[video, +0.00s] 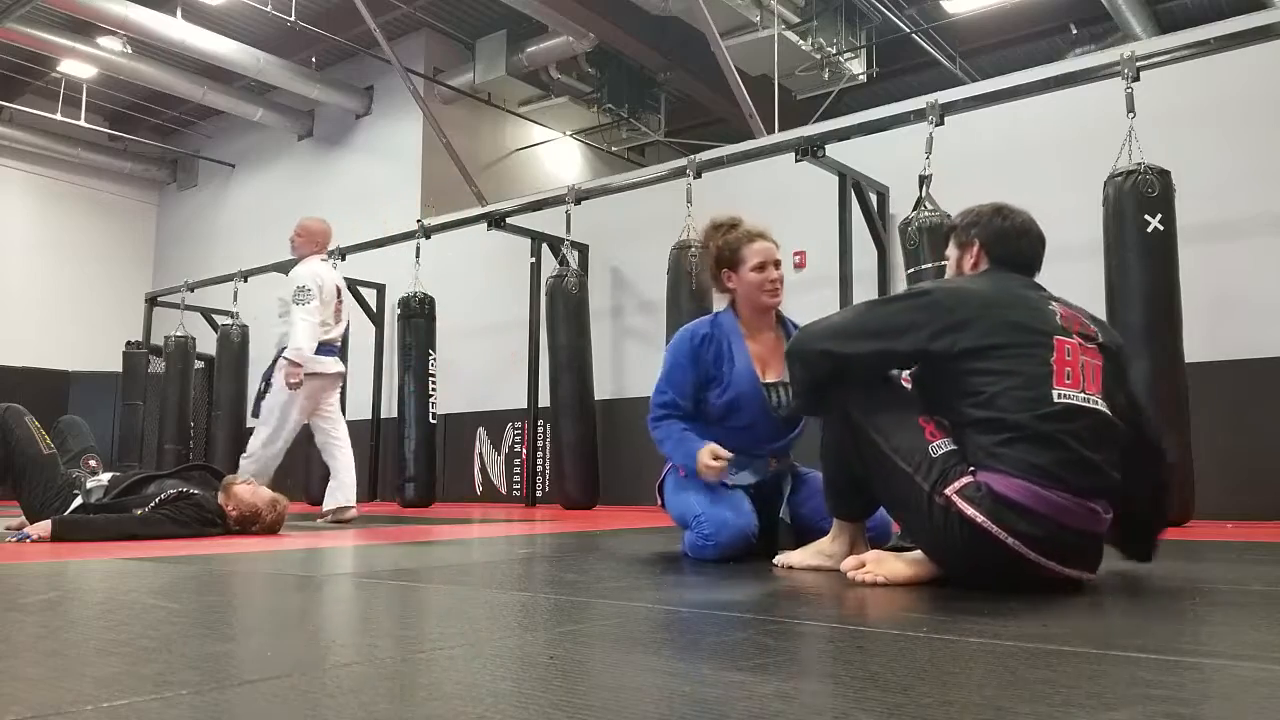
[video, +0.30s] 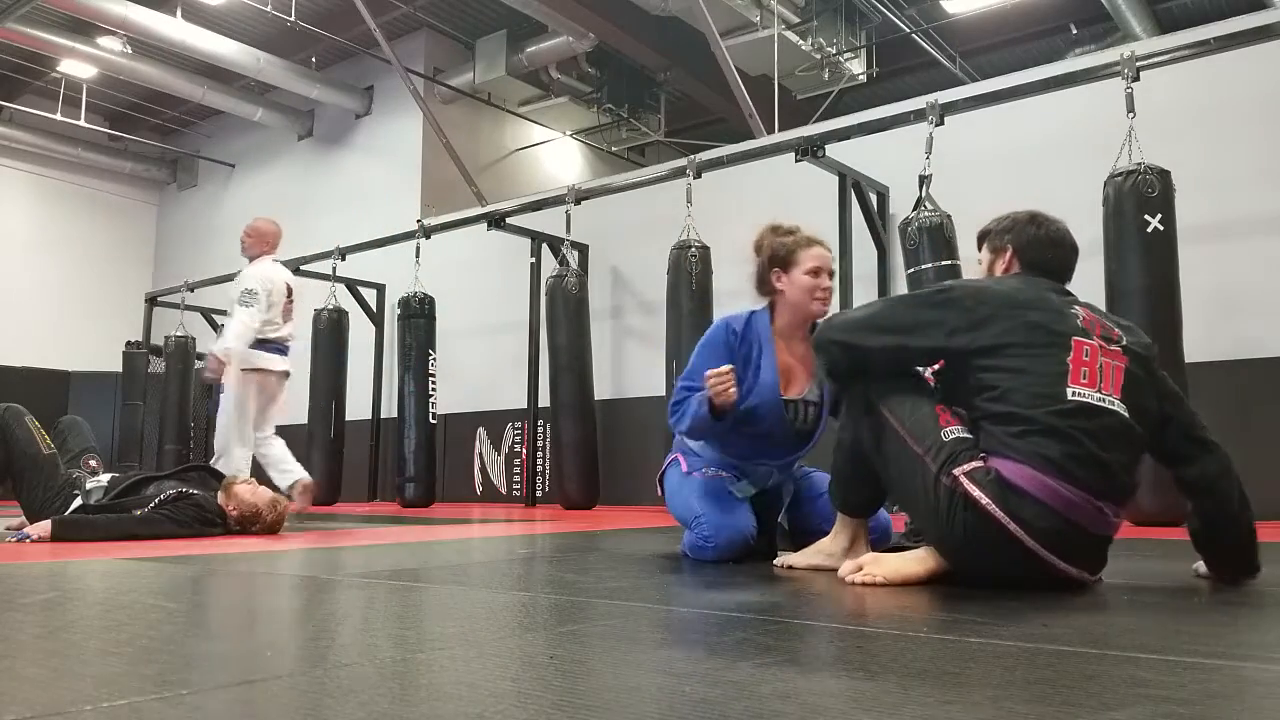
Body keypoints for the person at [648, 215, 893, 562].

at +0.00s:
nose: (775, 276)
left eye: (778, 266)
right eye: (760, 268)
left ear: (784, 269)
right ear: (730, 279)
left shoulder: (799, 340)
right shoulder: (695, 341)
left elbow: (833, 401)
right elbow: (664, 418)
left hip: (778, 475)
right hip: (704, 477)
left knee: (876, 527)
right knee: (733, 534)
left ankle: (776, 529)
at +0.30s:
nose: (827, 284)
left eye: (830, 276)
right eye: (814, 273)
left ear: (833, 281)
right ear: (779, 280)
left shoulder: (828, 349)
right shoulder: (731, 334)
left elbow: (852, 414)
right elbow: (681, 417)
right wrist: (713, 405)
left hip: (779, 475)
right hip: (705, 469)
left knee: (876, 529)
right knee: (731, 538)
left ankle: (777, 524)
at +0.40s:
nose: (839, 287)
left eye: (843, 277)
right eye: (828, 274)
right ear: (792, 276)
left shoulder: (837, 347)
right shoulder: (739, 332)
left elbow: (855, 412)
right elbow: (708, 411)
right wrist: (752, 391)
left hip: (785, 469)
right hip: (708, 464)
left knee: (877, 530)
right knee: (729, 539)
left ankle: (783, 526)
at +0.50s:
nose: (846, 289)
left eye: (848, 279)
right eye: (837, 276)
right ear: (799, 273)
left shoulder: (835, 342)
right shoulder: (741, 331)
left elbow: (860, 412)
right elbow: (744, 404)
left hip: (788, 466)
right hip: (710, 461)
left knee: (881, 532)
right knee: (730, 539)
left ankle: (783, 519)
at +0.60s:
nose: (847, 290)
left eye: (848, 280)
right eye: (838, 277)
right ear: (801, 273)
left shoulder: (836, 342)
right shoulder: (741, 332)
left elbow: (861, 414)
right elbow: (769, 406)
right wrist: (838, 381)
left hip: (790, 465)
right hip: (711, 460)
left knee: (880, 532)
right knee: (731, 540)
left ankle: (783, 525)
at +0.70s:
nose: (841, 290)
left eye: (842, 280)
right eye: (834, 277)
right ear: (797, 273)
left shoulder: (837, 338)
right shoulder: (733, 334)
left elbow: (861, 415)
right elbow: (760, 409)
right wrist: (836, 386)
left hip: (788, 464)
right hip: (711, 459)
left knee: (880, 532)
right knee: (729, 540)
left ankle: (779, 525)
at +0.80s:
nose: (834, 291)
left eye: (835, 281)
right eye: (827, 279)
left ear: (795, 278)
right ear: (790, 276)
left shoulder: (833, 339)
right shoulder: (726, 334)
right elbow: (756, 409)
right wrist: (832, 391)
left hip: (785, 465)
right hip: (708, 461)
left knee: (880, 533)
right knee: (727, 540)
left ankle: (779, 523)